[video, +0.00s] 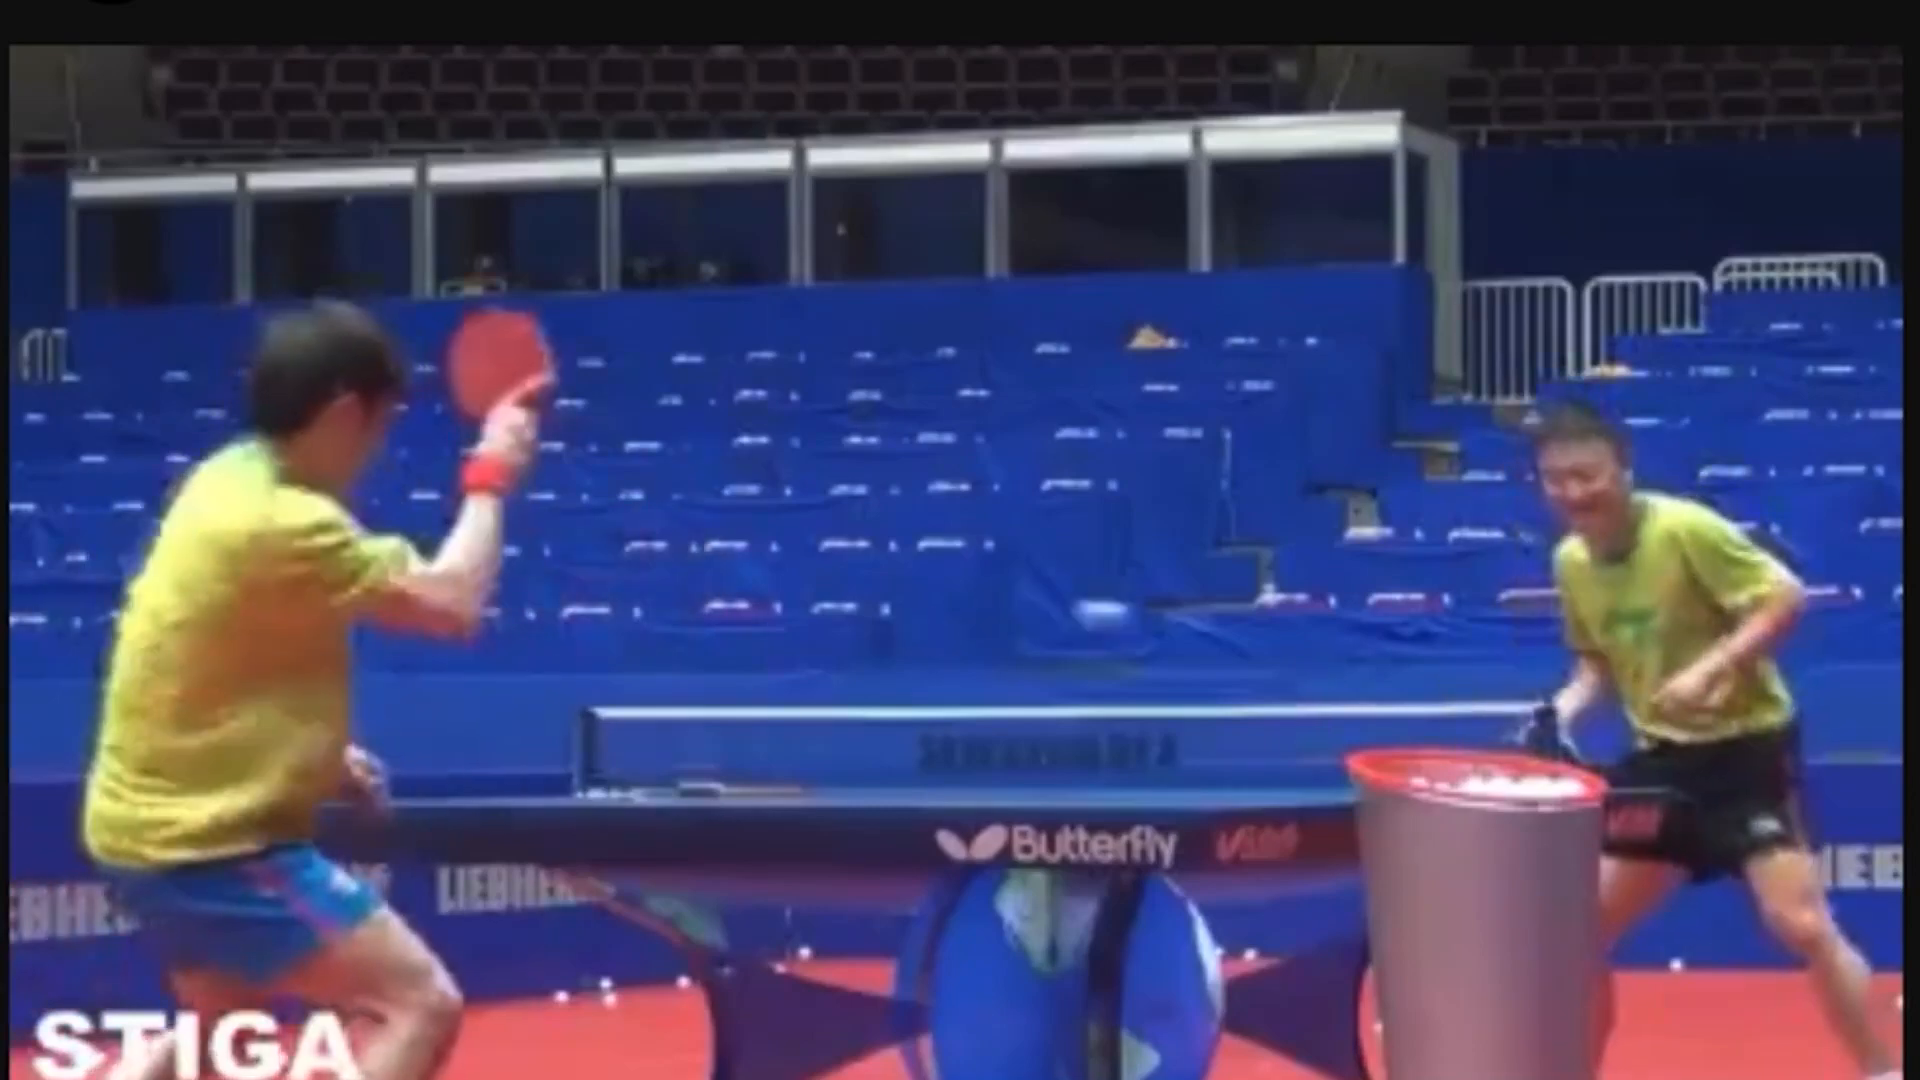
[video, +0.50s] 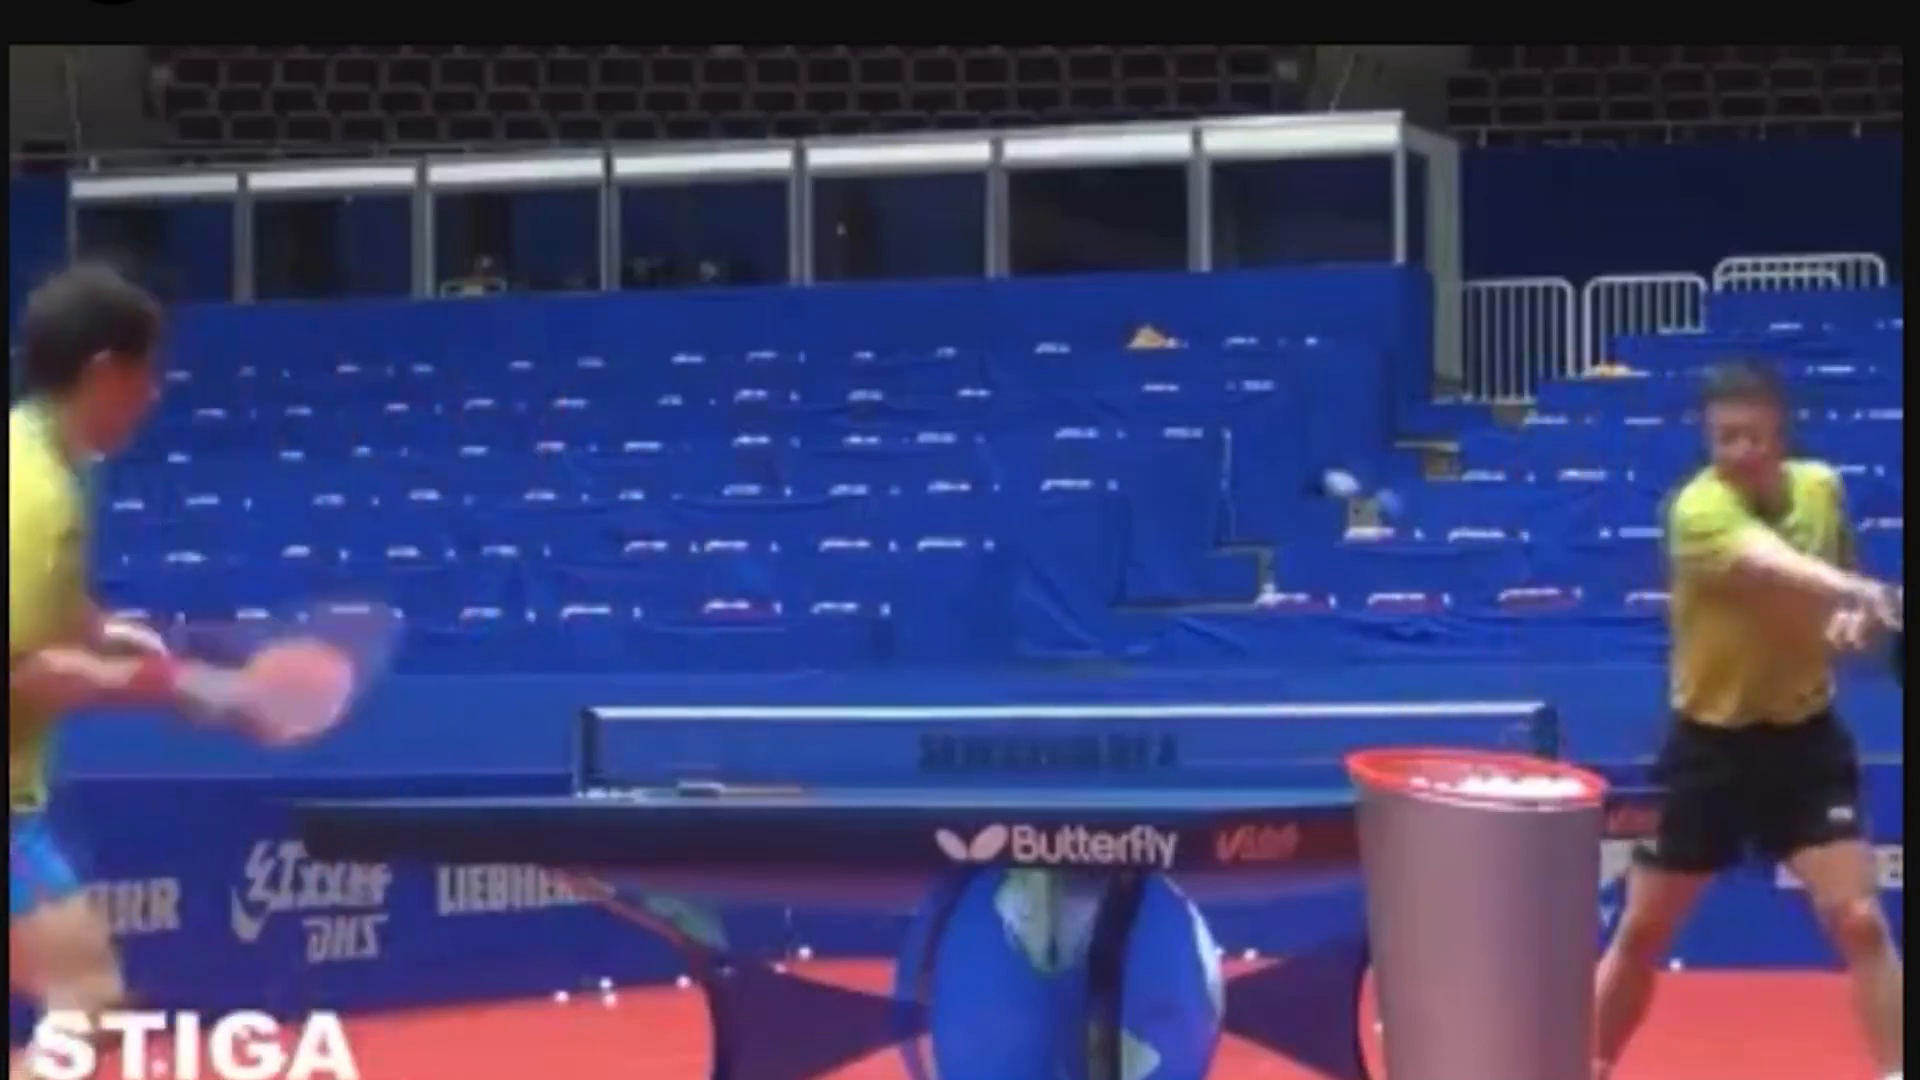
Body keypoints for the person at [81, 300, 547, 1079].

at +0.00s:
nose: (378, 447)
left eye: (385, 425)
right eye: (381, 423)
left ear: (289, 400)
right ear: (342, 411)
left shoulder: (224, 479)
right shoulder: (280, 522)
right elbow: (452, 604)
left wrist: (315, 757)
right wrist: (492, 475)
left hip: (150, 834)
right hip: (212, 848)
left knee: (221, 1044)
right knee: (423, 1007)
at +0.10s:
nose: (335, 415)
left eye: (335, 393)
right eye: (334, 392)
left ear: (233, 382)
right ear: (302, 391)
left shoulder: (162, 477)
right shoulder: (268, 509)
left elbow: (154, 653)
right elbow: (419, 621)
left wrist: (275, 742)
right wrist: (478, 507)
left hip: (101, 830)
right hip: (190, 840)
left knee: (196, 1038)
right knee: (399, 999)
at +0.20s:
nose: (290, 394)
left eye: (290, 372)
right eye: (285, 370)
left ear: (189, 364)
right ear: (249, 370)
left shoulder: (120, 455)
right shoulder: (218, 482)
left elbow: (103, 631)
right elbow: (349, 618)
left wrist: (214, 704)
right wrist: (434, 536)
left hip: (47, 810)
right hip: (136, 817)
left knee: (126, 1028)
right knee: (321, 993)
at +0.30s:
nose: (245, 357)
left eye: (246, 334)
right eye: (244, 332)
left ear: (144, 324)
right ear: (210, 328)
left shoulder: (71, 409)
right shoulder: (163, 442)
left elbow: (37, 567)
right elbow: (243, 603)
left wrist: (134, 649)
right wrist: (377, 551)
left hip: (15, 748)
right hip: (59, 764)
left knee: (45, 975)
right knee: (179, 967)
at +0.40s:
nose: (205, 347)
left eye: (207, 325)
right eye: (204, 324)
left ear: (108, 315)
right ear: (173, 325)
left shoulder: (34, 406)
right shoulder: (112, 441)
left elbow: (41, 611)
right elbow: (132, 616)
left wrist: (120, 645)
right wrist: (278, 592)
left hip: (21, 750)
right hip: (35, 761)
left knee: (24, 959)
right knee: (137, 960)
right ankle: (58, 1074)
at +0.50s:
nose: (152, 391)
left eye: (152, 370)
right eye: (144, 368)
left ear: (88, 370)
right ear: (99, 372)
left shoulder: (50, 469)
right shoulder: (34, 495)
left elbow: (53, 607)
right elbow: (28, 670)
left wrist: (104, 630)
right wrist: (125, 681)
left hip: (23, 802)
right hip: (14, 812)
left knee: (79, 994)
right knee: (86, 993)